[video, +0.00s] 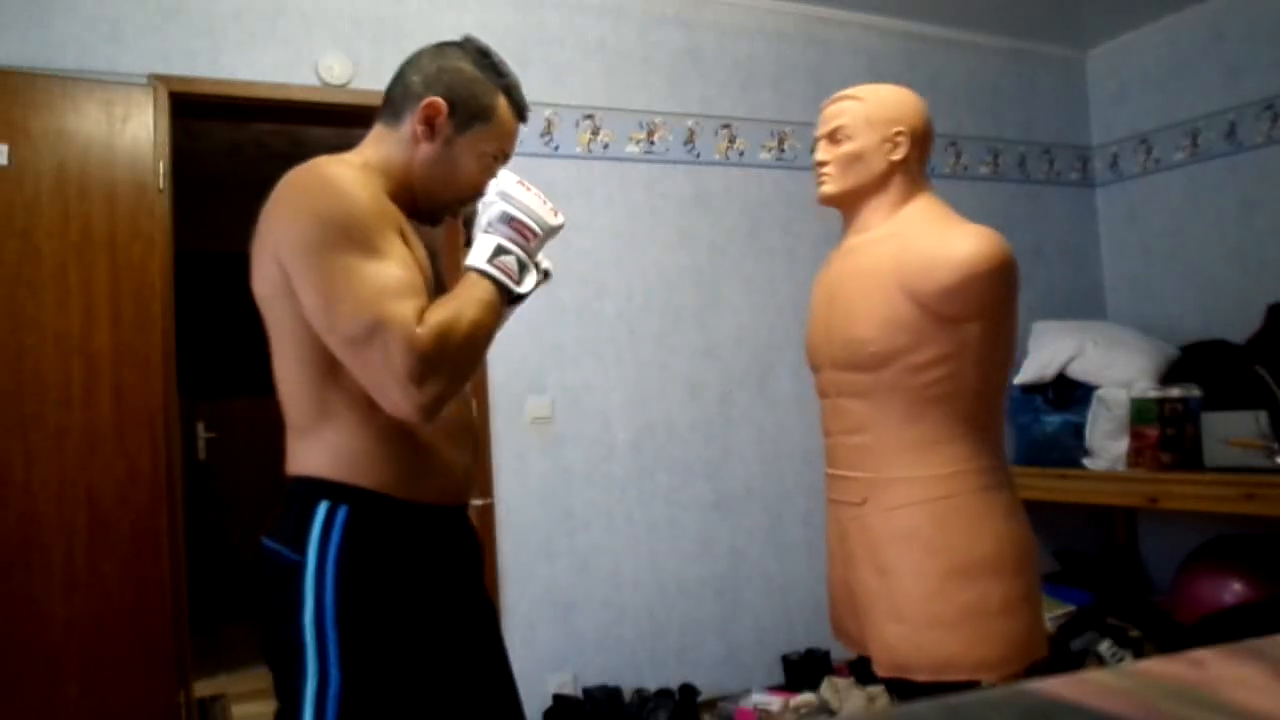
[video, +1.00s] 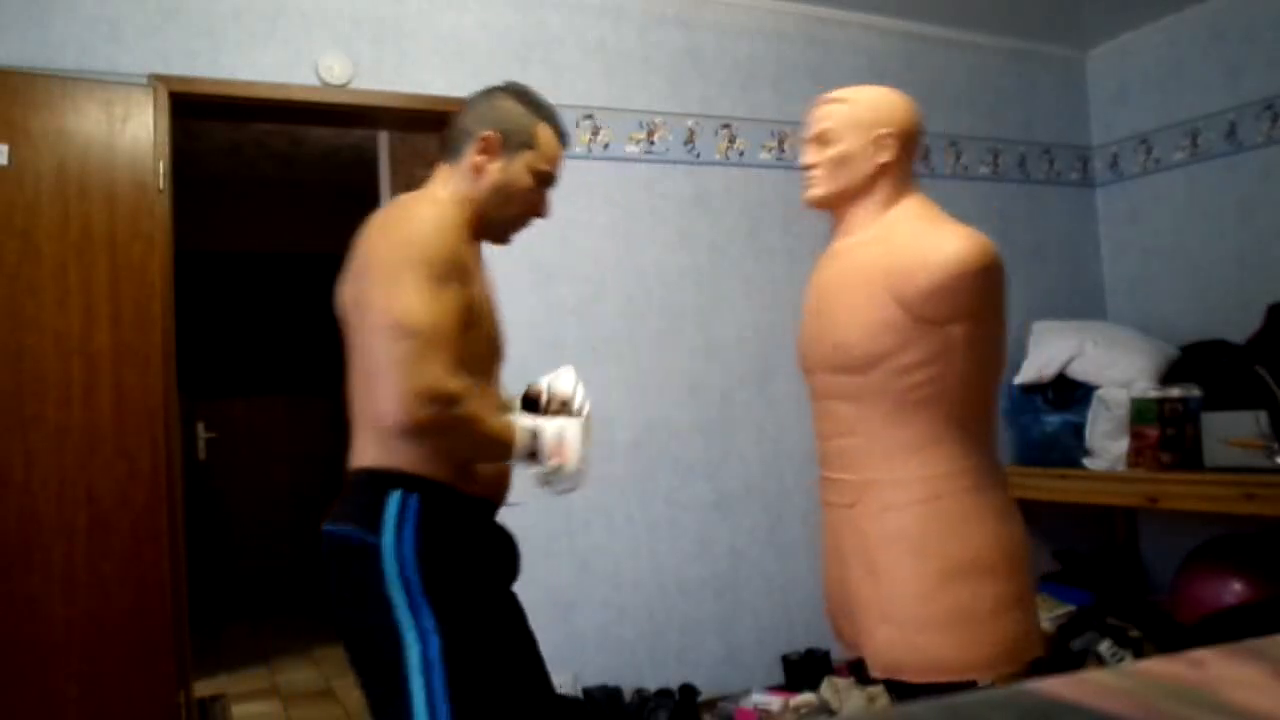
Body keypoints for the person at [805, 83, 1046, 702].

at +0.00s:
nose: (817, 154)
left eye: (836, 138)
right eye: (817, 141)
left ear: (896, 147)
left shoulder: (960, 258)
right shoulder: (841, 262)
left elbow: (974, 424)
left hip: (943, 544)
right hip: (863, 542)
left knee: (969, 709)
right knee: (891, 703)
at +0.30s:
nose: (810, 157)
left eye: (828, 139)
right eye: (810, 142)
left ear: (888, 148)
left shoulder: (954, 259)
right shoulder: (833, 264)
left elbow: (969, 427)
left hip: (939, 541)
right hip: (857, 541)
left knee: (965, 710)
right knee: (884, 703)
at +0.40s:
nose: (821, 155)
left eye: (839, 139)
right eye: (820, 142)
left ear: (899, 147)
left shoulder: (964, 257)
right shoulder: (841, 264)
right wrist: (685, 335)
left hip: (946, 538)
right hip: (864, 535)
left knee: (967, 704)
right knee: (889, 698)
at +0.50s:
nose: (878, 133)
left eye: (900, 120)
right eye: (879, 122)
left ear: (959, 141)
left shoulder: (1007, 254)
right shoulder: (869, 256)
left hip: (966, 538)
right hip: (882, 531)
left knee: (985, 717)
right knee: (908, 711)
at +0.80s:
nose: (834, 157)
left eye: (848, 140)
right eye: (836, 141)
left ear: (903, 147)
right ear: (901, 149)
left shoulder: (943, 242)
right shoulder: (888, 236)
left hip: (939, 526)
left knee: (949, 701)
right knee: (909, 693)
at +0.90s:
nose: (786, 163)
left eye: (801, 145)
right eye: (787, 147)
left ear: (858, 152)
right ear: (852, 154)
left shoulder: (916, 250)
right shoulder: (843, 247)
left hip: (923, 533)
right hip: (867, 528)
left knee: (948, 695)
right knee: (897, 690)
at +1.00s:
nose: (804, 157)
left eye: (823, 141)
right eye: (806, 142)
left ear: (882, 151)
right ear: (876, 153)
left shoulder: (943, 258)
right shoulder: (837, 260)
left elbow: (963, 430)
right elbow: (844, 442)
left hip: (934, 545)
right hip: (862, 543)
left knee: (961, 703)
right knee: (894, 699)